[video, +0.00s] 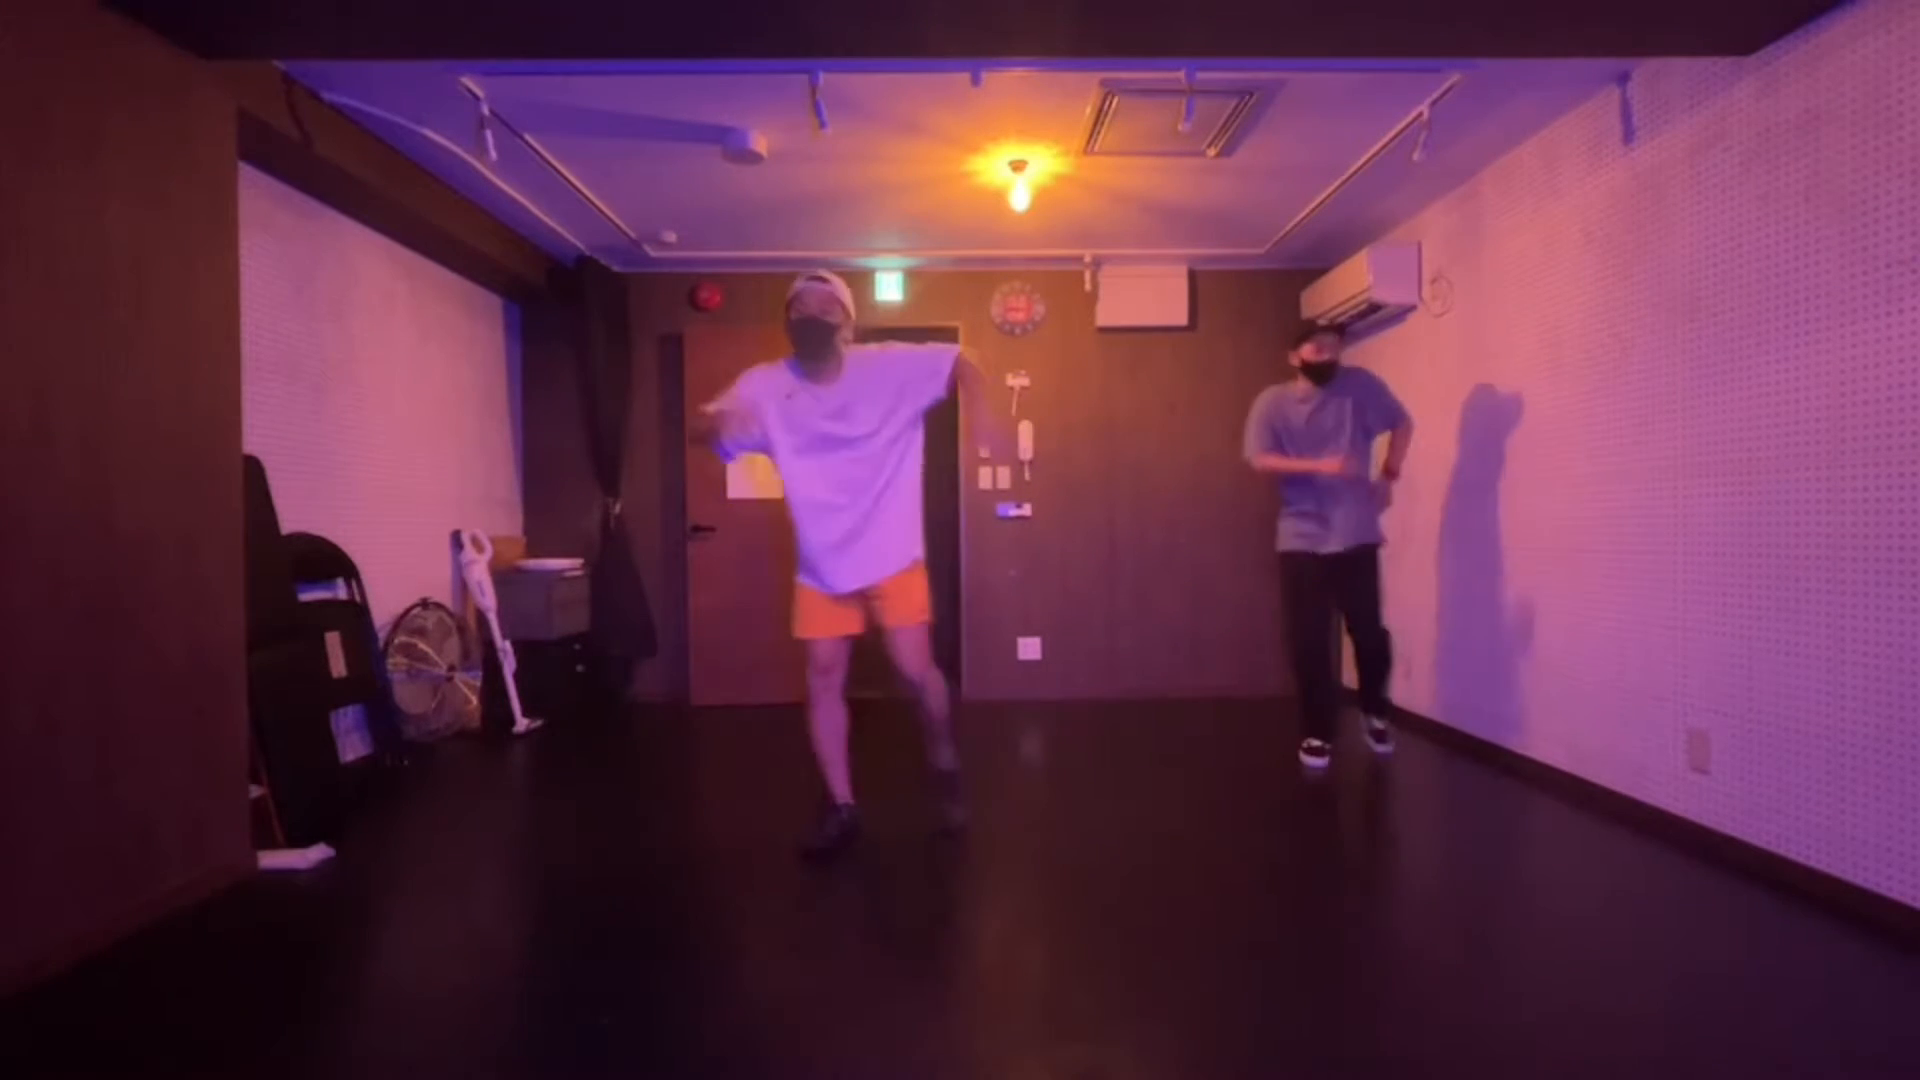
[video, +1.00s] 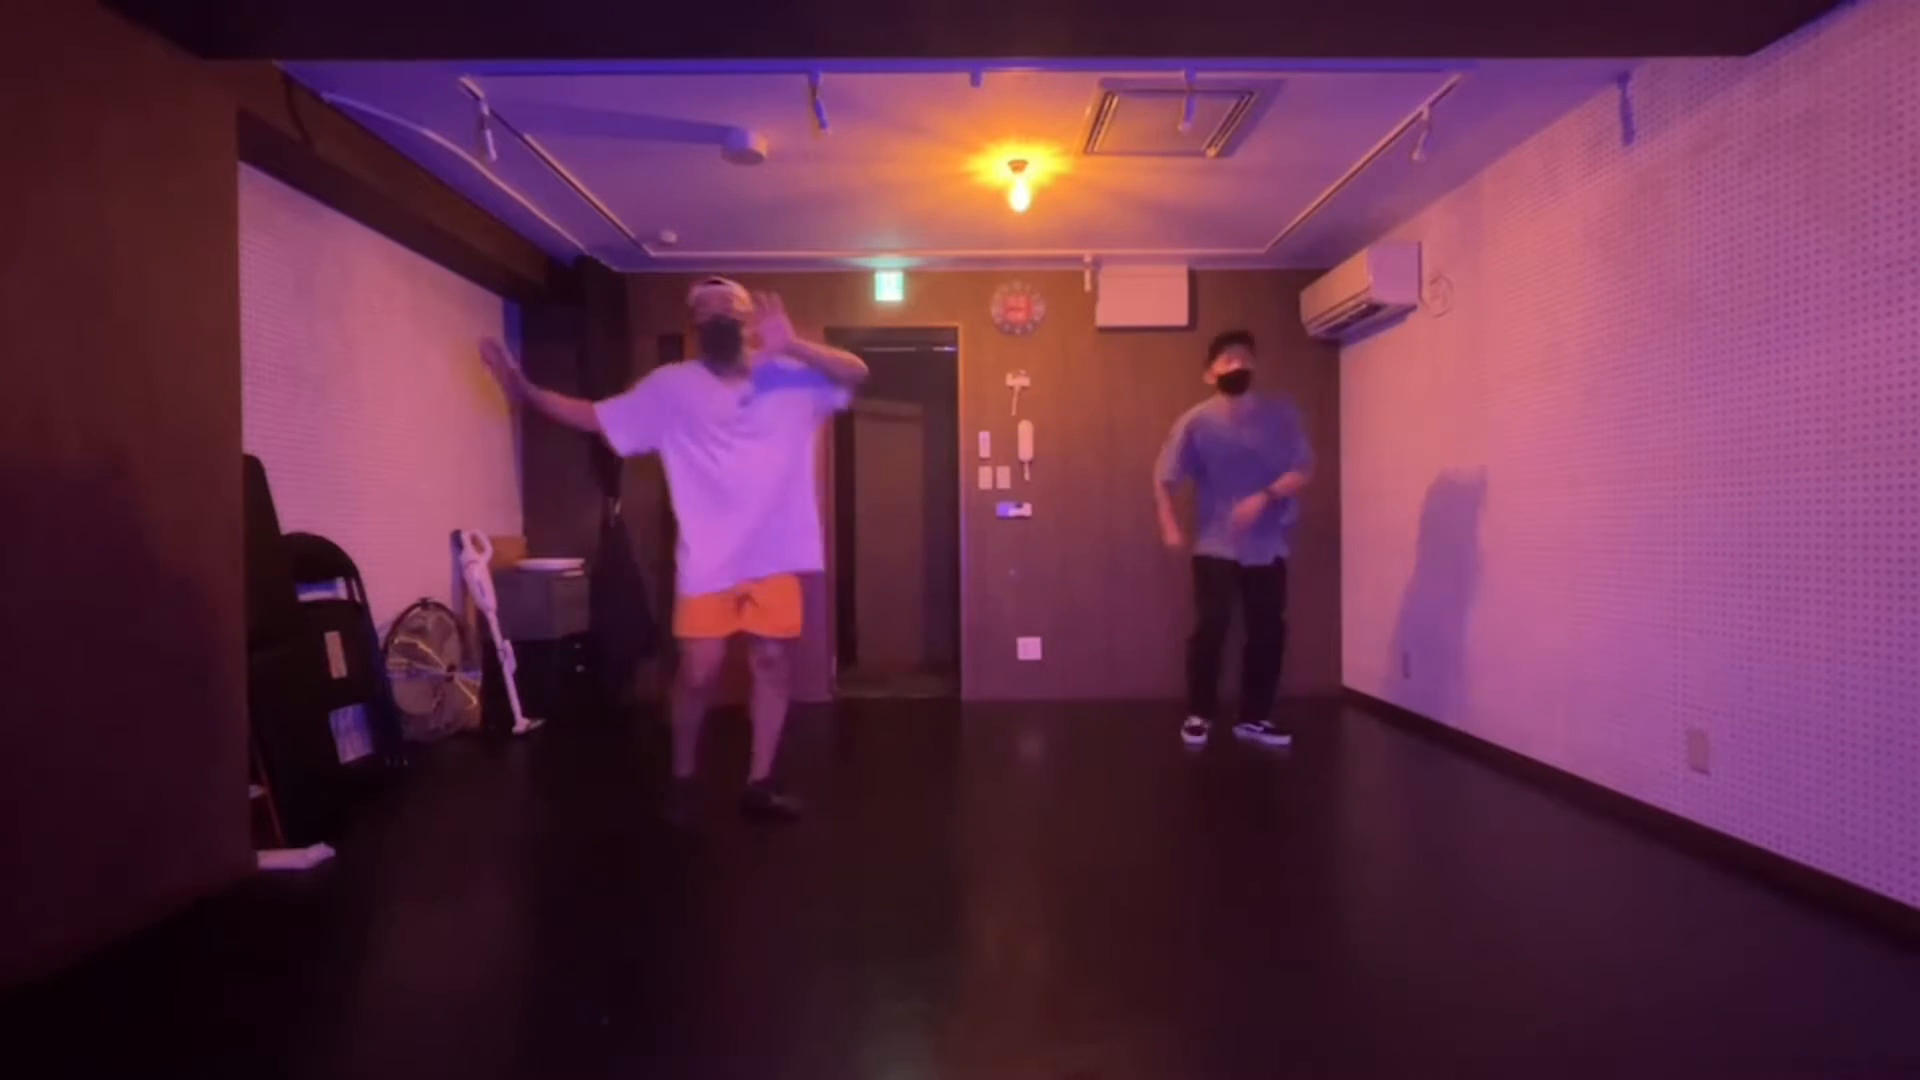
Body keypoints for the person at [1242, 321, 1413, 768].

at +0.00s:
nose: (1325, 360)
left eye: (1330, 352)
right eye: (1315, 352)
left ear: (1339, 353)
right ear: (1295, 356)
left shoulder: (1359, 386)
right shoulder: (1272, 401)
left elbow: (1400, 423)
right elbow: (1258, 458)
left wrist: (1389, 469)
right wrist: (1319, 466)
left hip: (1355, 539)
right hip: (1301, 543)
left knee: (1367, 633)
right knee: (1308, 642)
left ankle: (1374, 709)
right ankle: (1316, 731)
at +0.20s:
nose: (1331, 370)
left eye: (1339, 362)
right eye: (1323, 362)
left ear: (1349, 364)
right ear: (1305, 364)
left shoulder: (1360, 405)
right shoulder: (1284, 397)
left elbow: (1386, 455)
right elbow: (1252, 448)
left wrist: (1366, 476)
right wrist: (1286, 496)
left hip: (1334, 546)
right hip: (1284, 548)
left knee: (1345, 637)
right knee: (1298, 644)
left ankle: (1310, 704)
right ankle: (1313, 733)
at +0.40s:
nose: (1329, 395)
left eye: (1335, 387)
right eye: (1321, 386)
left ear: (1344, 391)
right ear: (1303, 389)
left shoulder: (1342, 445)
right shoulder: (1275, 418)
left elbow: (1343, 509)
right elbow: (1233, 469)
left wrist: (1337, 490)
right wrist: (1225, 527)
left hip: (1318, 562)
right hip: (1269, 551)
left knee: (1319, 651)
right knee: (1295, 641)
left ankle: (1264, 707)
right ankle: (1314, 735)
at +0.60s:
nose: (1309, 371)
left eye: (1317, 363)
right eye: (1302, 361)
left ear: (1324, 370)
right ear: (1282, 365)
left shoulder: (1320, 418)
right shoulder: (1252, 403)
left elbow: (1350, 474)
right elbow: (1200, 444)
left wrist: (1333, 444)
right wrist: (1197, 497)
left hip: (1297, 546)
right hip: (1253, 539)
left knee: (1293, 637)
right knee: (1282, 634)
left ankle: (1255, 715)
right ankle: (1295, 730)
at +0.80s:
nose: (1274, 359)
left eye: (1282, 352)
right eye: (1265, 352)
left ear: (1292, 360)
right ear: (1248, 360)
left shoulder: (1305, 406)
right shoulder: (1226, 404)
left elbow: (1352, 435)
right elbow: (1175, 443)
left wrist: (1312, 450)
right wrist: (1183, 490)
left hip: (1279, 539)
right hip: (1233, 533)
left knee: (1278, 628)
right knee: (1247, 621)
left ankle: (1263, 716)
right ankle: (1238, 714)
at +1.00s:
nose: (1235, 365)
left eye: (1242, 358)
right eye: (1225, 358)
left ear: (1255, 367)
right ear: (1210, 371)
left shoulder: (1279, 415)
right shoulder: (1197, 420)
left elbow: (1302, 470)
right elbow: (1163, 476)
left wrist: (1262, 499)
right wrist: (1169, 523)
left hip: (1266, 550)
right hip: (1214, 548)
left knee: (1267, 635)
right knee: (1210, 631)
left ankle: (1255, 717)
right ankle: (1199, 714)